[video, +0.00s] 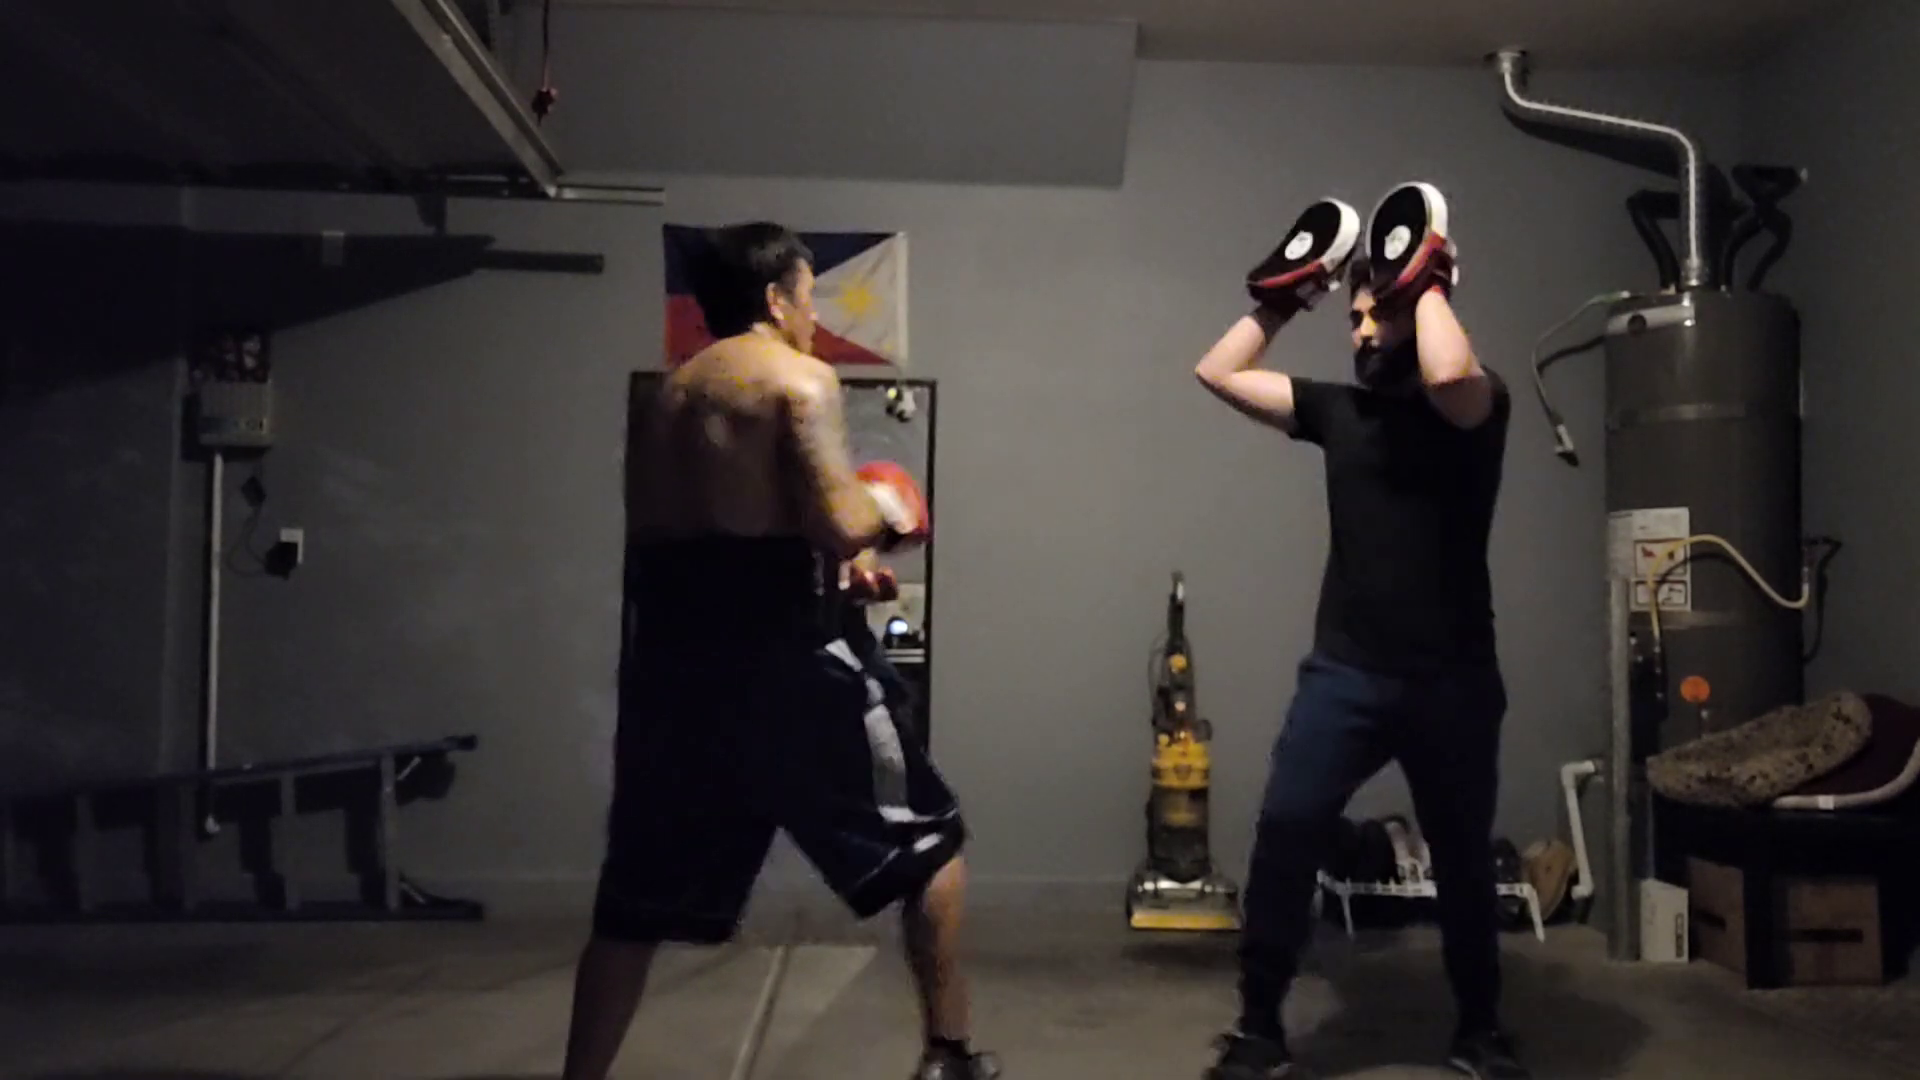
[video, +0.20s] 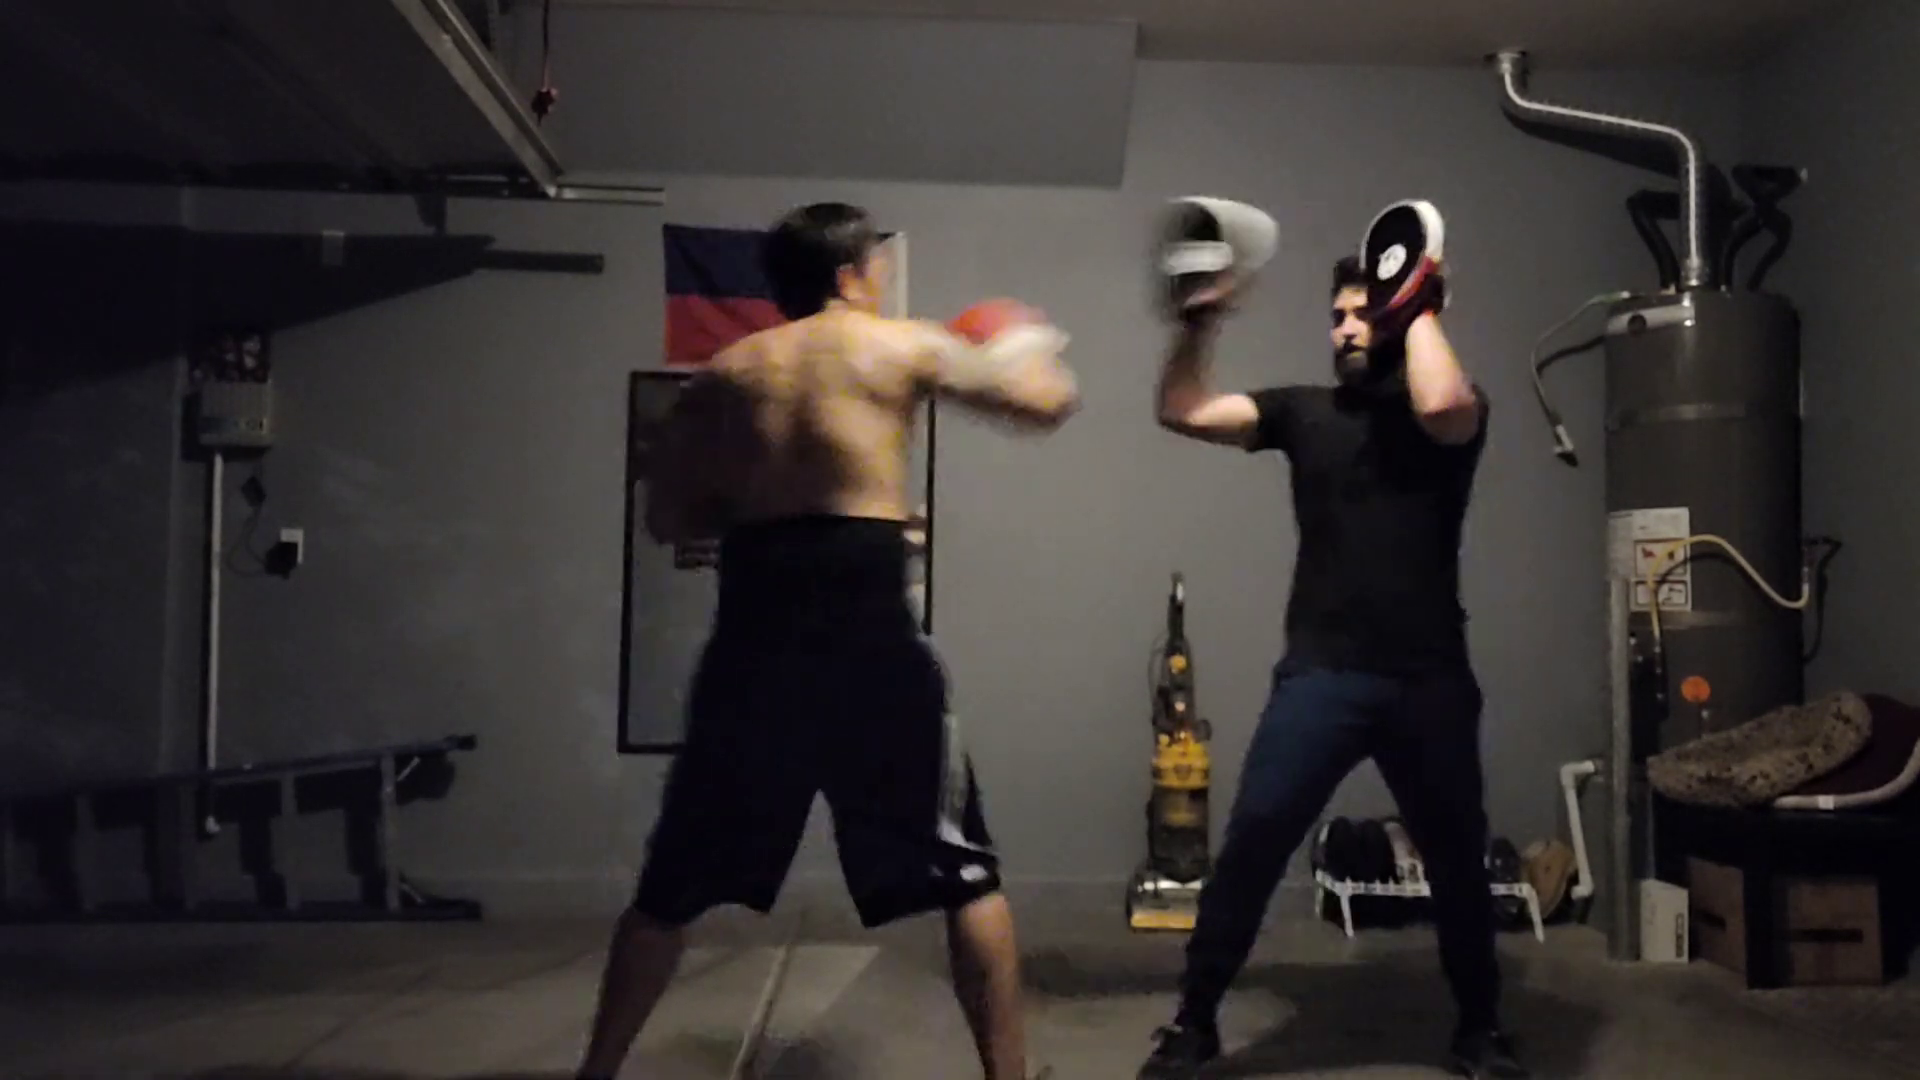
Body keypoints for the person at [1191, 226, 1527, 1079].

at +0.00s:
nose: (1364, 328)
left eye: (1381, 311)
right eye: (1354, 315)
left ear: (1420, 316)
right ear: (1346, 325)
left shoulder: (1473, 402)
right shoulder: (1337, 407)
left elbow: (1450, 374)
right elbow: (1219, 372)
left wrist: (1426, 282)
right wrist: (1279, 297)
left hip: (1451, 676)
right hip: (1345, 671)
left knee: (1463, 862)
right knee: (1284, 829)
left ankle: (1478, 1032)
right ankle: (1259, 1028)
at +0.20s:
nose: (1352, 327)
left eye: (1367, 313)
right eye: (1342, 314)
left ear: (1405, 322)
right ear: (1329, 325)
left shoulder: (1446, 406)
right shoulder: (1302, 410)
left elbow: (1441, 403)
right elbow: (1182, 410)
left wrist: (1418, 306)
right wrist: (1197, 324)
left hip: (1426, 677)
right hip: (1320, 674)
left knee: (1457, 864)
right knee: (1253, 838)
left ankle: (1479, 1032)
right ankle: (1193, 1023)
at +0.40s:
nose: (1296, 316)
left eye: (1315, 302)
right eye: (1286, 297)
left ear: (1346, 316)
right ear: (1262, 312)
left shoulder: (1382, 396)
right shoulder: (1241, 405)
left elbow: (1329, 429)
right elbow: (1125, 393)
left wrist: (1305, 334)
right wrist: (1134, 299)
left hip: (1375, 673)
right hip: (1270, 673)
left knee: (1421, 854)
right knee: (1227, 853)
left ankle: (1469, 1025)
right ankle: (1188, 1032)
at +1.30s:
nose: (1255, 354)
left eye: (1271, 339)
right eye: (1247, 341)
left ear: (1308, 341)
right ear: (1237, 346)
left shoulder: (1351, 415)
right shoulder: (1218, 422)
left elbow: (1307, 440)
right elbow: (1112, 426)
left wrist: (1299, 344)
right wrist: (1106, 351)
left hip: (1336, 679)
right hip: (1241, 676)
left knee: (1360, 847)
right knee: (1191, 836)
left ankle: (1396, 1006)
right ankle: (1143, 1013)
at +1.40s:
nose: (1237, 343)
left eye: (1253, 330)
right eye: (1228, 332)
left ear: (1296, 336)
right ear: (1218, 341)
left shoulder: (1327, 411)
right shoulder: (1207, 425)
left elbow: (1249, 426)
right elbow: (1100, 443)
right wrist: (1103, 363)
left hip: (1312, 678)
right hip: (1217, 678)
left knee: (1354, 847)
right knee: (1170, 842)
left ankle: (1395, 1008)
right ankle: (1143, 1014)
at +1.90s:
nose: (1256, 346)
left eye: (1271, 330)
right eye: (1245, 333)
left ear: (1303, 338)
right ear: (1233, 348)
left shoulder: (1347, 416)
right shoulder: (1217, 435)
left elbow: (1335, 442)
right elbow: (1111, 448)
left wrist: (1283, 354)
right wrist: (1133, 373)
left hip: (1332, 682)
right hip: (1234, 683)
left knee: (1362, 848)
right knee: (1179, 830)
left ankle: (1398, 1007)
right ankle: (1144, 1010)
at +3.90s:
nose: (1266, 357)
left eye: (1283, 344)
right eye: (1257, 344)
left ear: (1323, 348)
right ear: (1246, 349)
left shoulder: (1357, 422)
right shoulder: (1218, 425)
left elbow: (1368, 481)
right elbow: (1128, 452)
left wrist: (1345, 381)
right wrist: (1094, 381)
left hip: (1338, 679)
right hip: (1238, 677)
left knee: (1370, 852)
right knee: (1189, 842)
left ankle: (1402, 1008)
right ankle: (1140, 1015)